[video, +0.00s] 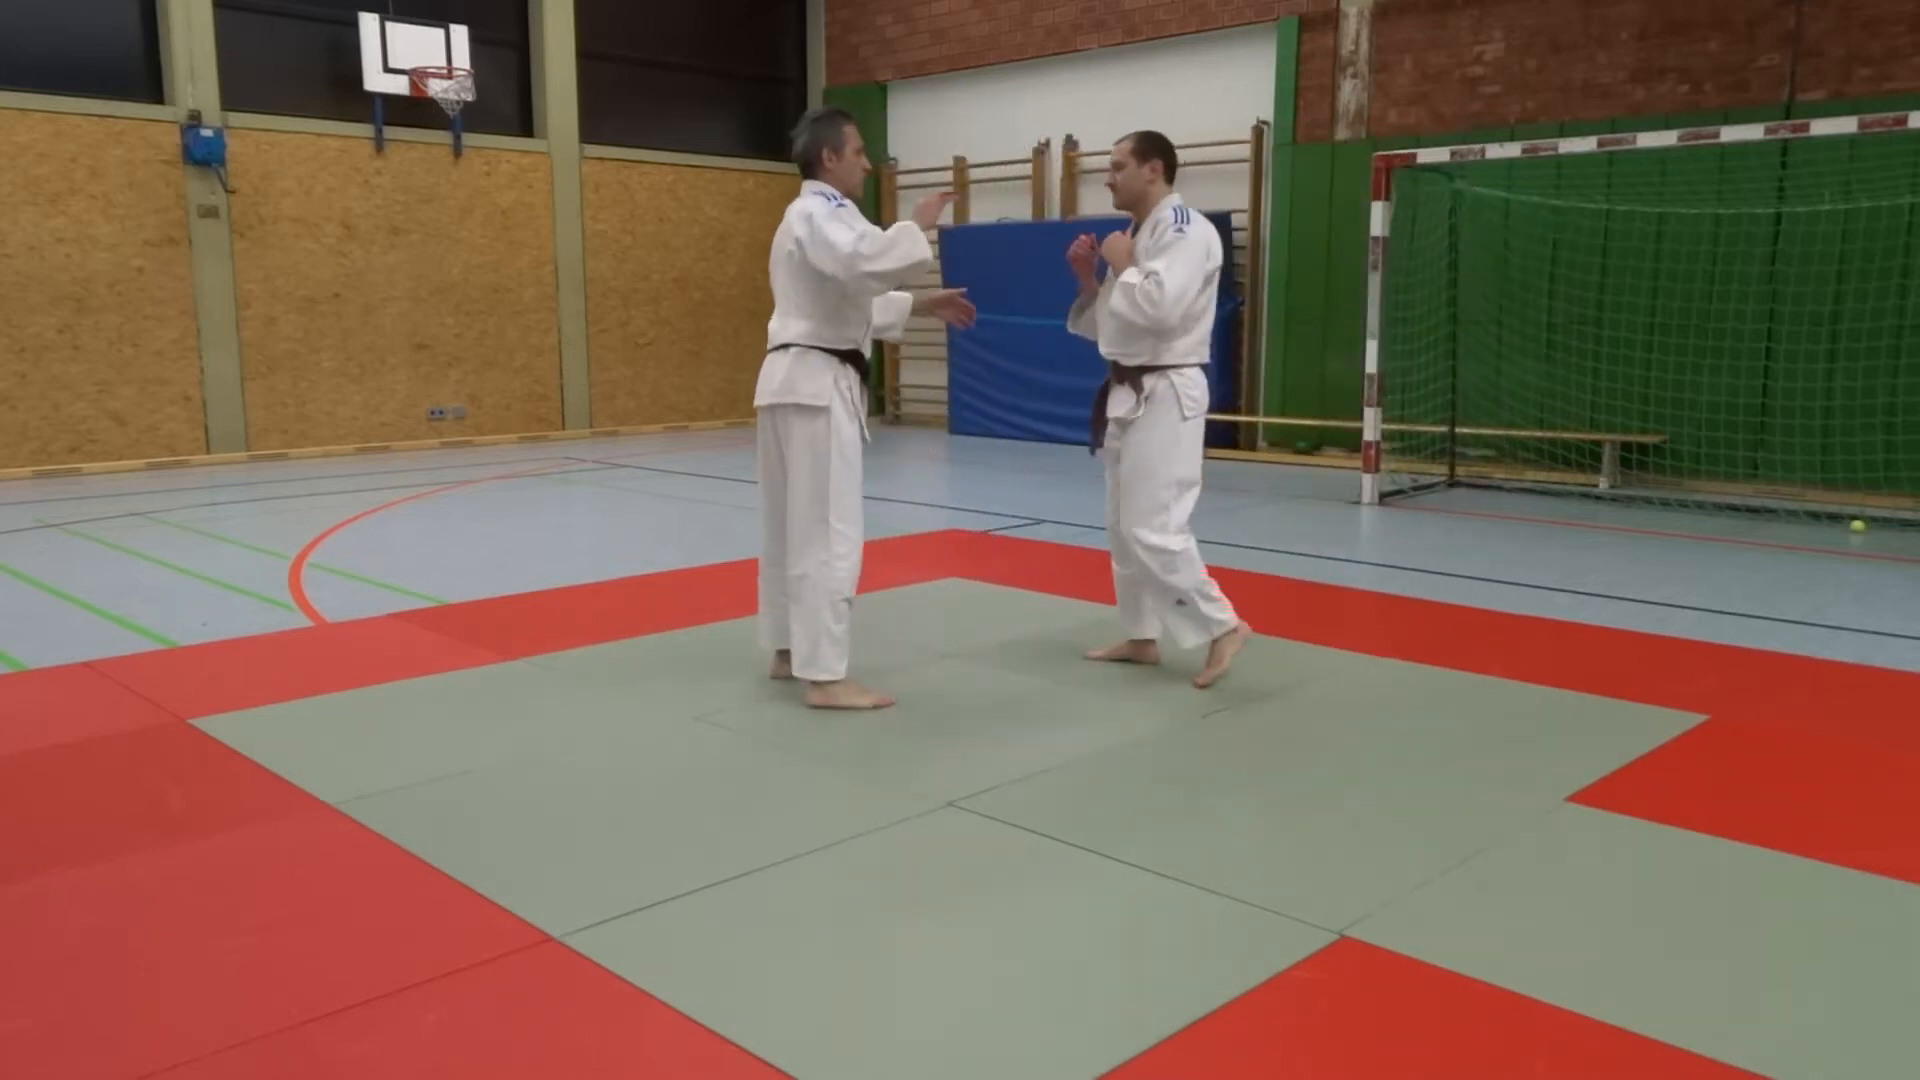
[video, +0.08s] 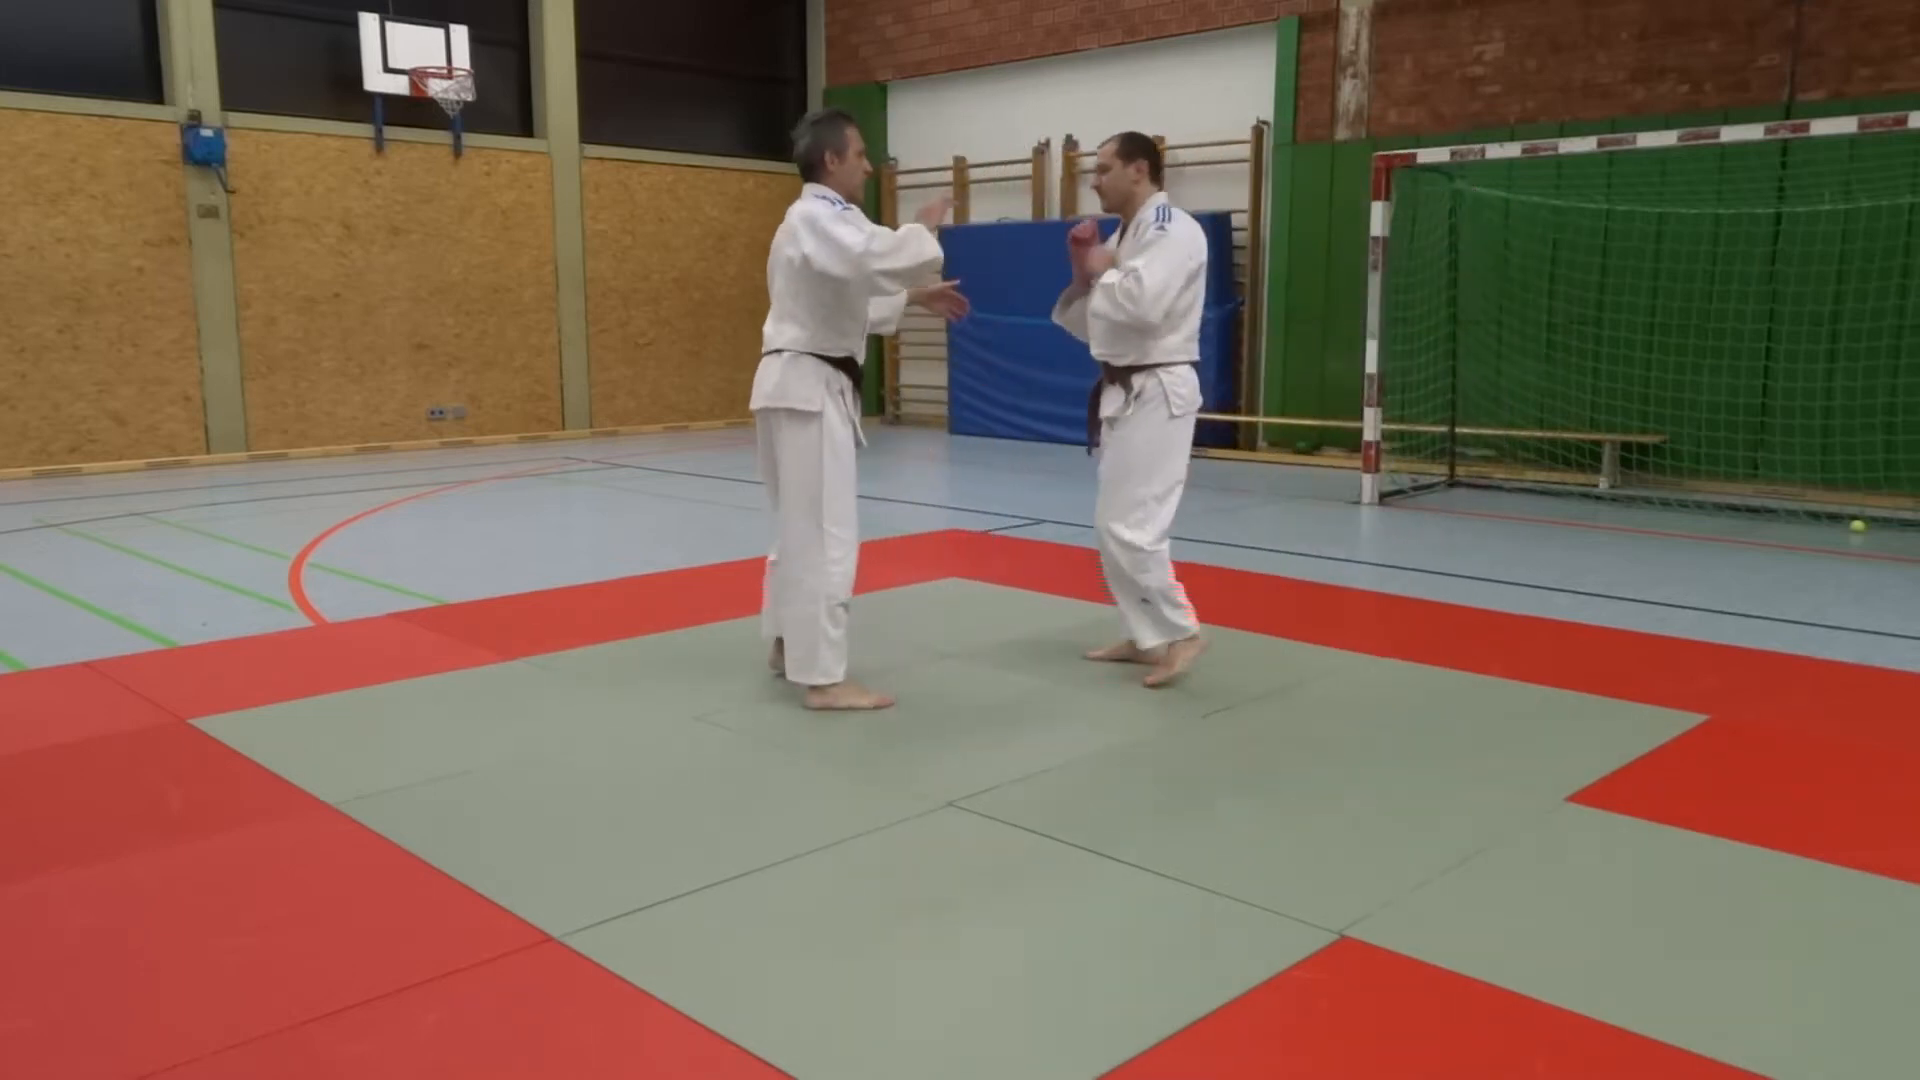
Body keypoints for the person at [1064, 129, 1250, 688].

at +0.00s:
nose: (1109, 177)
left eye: (1118, 167)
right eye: (1110, 169)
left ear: (1154, 172)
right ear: (1146, 175)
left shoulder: (1190, 231)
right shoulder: (1139, 237)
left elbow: (1157, 308)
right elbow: (1110, 327)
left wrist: (1122, 267)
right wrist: (1089, 284)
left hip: (1169, 392)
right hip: (1128, 393)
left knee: (1148, 525)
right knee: (1124, 524)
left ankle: (1225, 628)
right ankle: (1141, 639)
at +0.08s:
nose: (1096, 182)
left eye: (1104, 171)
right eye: (1095, 172)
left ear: (1139, 172)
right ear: (1130, 174)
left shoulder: (1177, 231)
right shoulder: (1126, 239)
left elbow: (1141, 304)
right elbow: (1091, 324)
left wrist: (1101, 271)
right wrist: (1082, 272)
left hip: (1160, 392)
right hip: (1122, 392)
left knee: (1125, 521)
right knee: (1116, 520)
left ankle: (1182, 632)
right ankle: (1143, 635)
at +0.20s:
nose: (1075, 185)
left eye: (1083, 173)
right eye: (1074, 175)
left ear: (1119, 174)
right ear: (1114, 177)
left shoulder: (1144, 226)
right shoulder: (1113, 232)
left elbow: (1089, 291)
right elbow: (1085, 317)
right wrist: (1068, 263)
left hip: (1147, 390)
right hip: (1128, 388)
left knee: (1107, 519)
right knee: (1132, 516)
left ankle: (1103, 655)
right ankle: (1140, 636)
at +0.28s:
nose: (1063, 183)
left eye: (1071, 173)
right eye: (1064, 173)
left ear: (1104, 176)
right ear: (1106, 180)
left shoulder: (1110, 225)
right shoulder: (1123, 226)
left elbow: (1027, 262)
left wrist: (920, 274)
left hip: (1140, 393)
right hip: (1149, 389)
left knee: (1108, 521)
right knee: (1139, 516)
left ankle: (1100, 657)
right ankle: (1140, 635)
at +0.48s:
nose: (1037, 186)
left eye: (1044, 176)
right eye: (1038, 176)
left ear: (1075, 176)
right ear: (1088, 178)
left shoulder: (1059, 227)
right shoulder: (1134, 227)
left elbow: (961, 257)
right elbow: (1066, 299)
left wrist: (877, 278)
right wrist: (977, 291)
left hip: (1123, 392)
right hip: (1166, 384)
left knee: (1094, 519)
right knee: (1150, 517)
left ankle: (1099, 660)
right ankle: (1144, 636)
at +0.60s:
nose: (1037, 185)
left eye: (1042, 175)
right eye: (1038, 175)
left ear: (1073, 173)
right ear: (1091, 176)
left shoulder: (1051, 220)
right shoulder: (1139, 226)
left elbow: (958, 235)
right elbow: (1137, 305)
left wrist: (869, 256)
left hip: (1117, 387)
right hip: (1162, 381)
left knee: (1096, 521)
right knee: (1150, 517)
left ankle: (1101, 661)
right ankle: (1143, 635)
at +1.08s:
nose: (1048, 182)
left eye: (1055, 172)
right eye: (1050, 173)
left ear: (1085, 174)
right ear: (1099, 177)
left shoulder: (1061, 215)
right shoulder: (1131, 228)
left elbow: (978, 225)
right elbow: (1128, 311)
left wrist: (913, 238)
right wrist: (1085, 374)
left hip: (1111, 383)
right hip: (1152, 380)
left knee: (1097, 521)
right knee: (1149, 516)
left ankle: (1101, 657)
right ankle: (1156, 635)